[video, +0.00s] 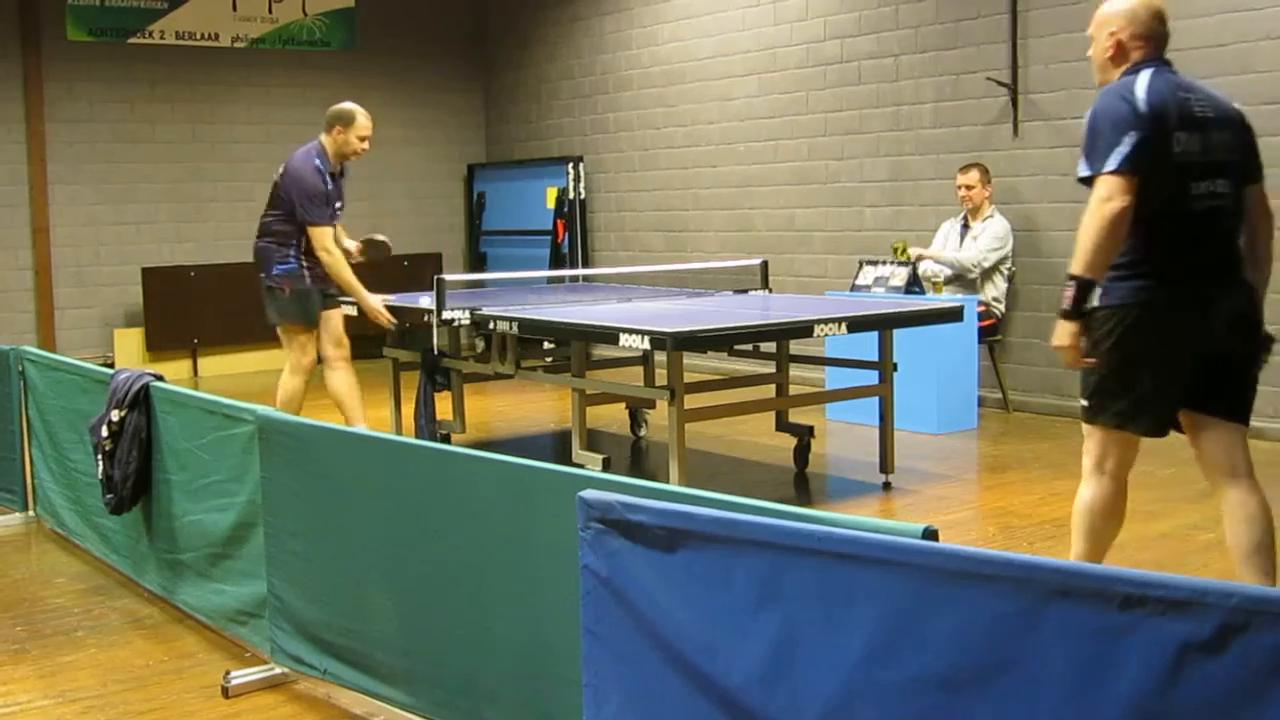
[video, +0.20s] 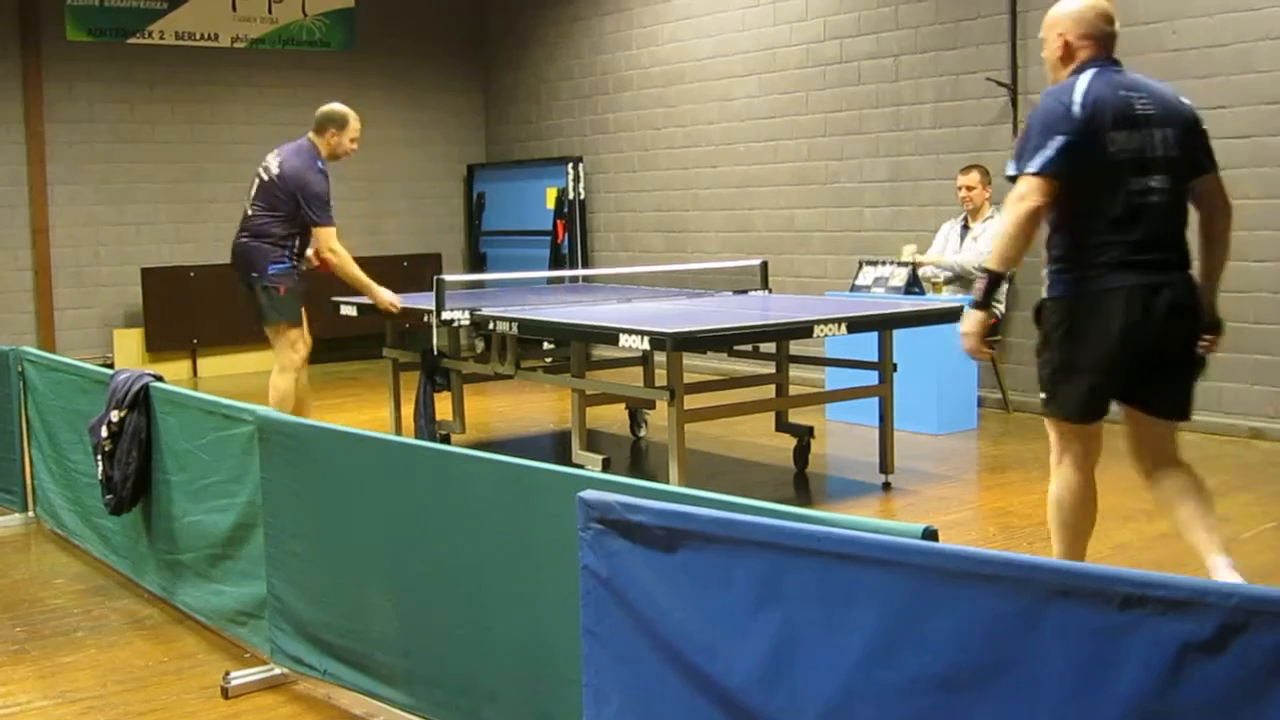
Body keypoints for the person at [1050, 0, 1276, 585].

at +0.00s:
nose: (1090, 53)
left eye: (1094, 41)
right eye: (1092, 41)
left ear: (1121, 43)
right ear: (1155, 45)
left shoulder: (1120, 102)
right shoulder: (1226, 112)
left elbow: (1112, 205)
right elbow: (1260, 223)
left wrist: (1071, 305)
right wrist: (1250, 310)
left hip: (1135, 315)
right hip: (1222, 312)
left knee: (1103, 468)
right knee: (1233, 472)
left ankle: (1075, 601)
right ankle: (1263, 612)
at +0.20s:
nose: (1041, 55)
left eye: (1044, 44)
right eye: (1042, 43)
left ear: (1067, 45)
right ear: (1109, 44)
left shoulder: (1064, 103)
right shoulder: (1174, 106)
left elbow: (1030, 203)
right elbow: (1216, 207)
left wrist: (983, 298)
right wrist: (1207, 297)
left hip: (1086, 307)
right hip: (1169, 301)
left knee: (1071, 455)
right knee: (1159, 455)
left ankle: (1066, 591)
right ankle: (1227, 577)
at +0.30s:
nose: (1030, 55)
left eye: (1031, 45)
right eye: (1031, 44)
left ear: (1046, 44)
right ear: (1091, 43)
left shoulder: (1040, 103)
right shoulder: (1153, 107)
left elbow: (994, 202)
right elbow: (1195, 209)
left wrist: (944, 294)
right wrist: (1177, 295)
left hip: (1068, 302)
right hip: (1143, 299)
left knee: (1062, 456)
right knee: (1117, 442)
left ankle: (1062, 590)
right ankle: (1177, 543)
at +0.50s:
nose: (1004, 62)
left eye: (1006, 52)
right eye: (1006, 52)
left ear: (1018, 50)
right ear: (1064, 51)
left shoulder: (1006, 107)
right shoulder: (1118, 113)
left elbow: (950, 202)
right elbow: (1155, 214)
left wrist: (914, 269)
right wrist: (1128, 281)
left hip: (1031, 298)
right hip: (1104, 295)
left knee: (1045, 445)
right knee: (1059, 433)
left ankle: (1059, 578)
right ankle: (1059, 565)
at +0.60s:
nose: (990, 70)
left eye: (992, 60)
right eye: (992, 61)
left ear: (1003, 60)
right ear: (1051, 59)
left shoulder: (992, 109)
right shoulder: (1100, 121)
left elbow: (933, 208)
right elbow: (1135, 221)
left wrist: (914, 264)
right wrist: (1112, 291)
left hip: (1016, 298)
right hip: (1087, 297)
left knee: (1036, 441)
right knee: (1040, 429)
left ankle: (1059, 580)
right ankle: (1013, 534)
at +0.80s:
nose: (968, 75)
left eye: (970, 66)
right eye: (970, 66)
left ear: (981, 65)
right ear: (1026, 67)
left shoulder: (973, 111)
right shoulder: (1071, 131)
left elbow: (926, 204)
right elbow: (1098, 230)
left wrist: (908, 265)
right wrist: (1092, 313)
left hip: (986, 296)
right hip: (1050, 297)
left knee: (985, 426)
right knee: (1008, 421)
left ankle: (1040, 552)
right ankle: (995, 539)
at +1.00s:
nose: (940, 74)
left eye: (943, 64)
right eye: (941, 66)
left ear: (957, 61)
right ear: (1002, 66)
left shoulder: (953, 102)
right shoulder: (1040, 124)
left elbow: (929, 181)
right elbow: (1067, 219)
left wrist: (905, 255)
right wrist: (1061, 299)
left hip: (964, 289)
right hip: (1029, 293)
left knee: (908, 407)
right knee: (998, 417)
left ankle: (952, 525)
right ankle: (995, 542)